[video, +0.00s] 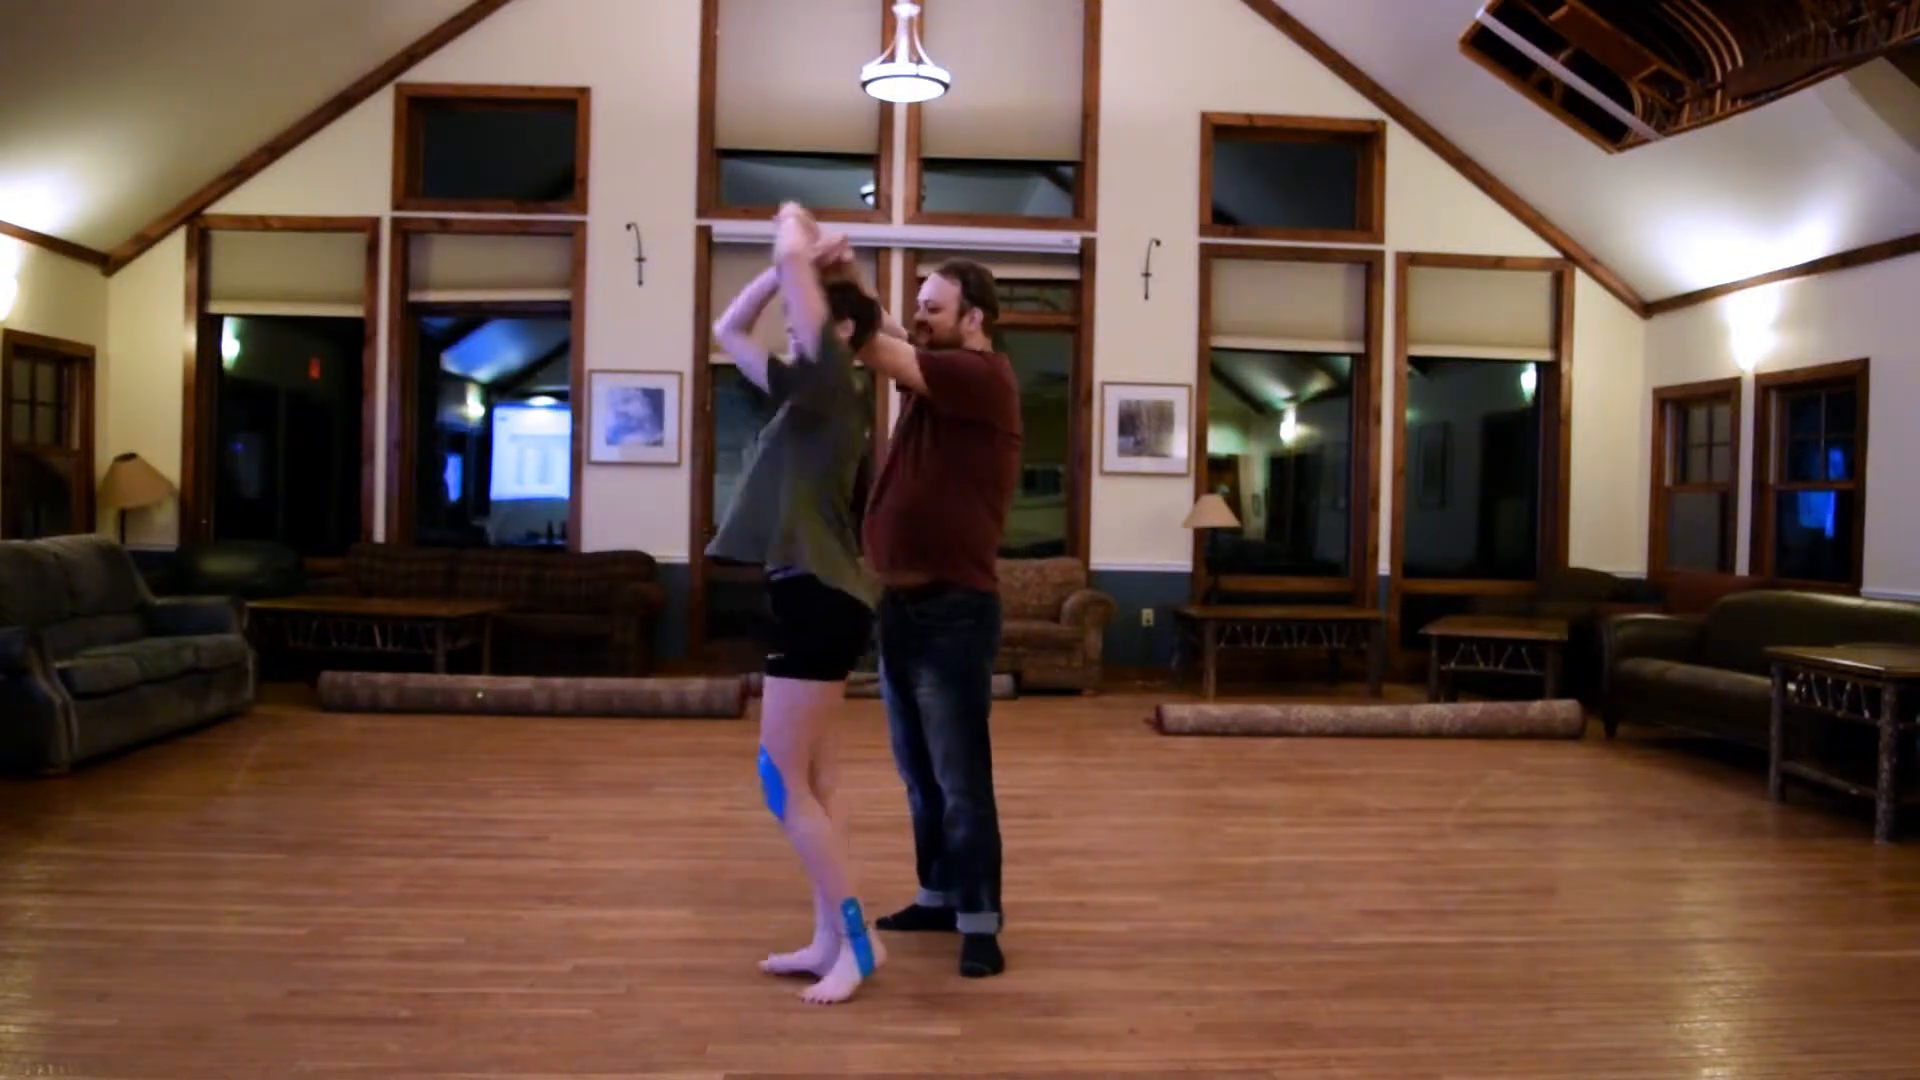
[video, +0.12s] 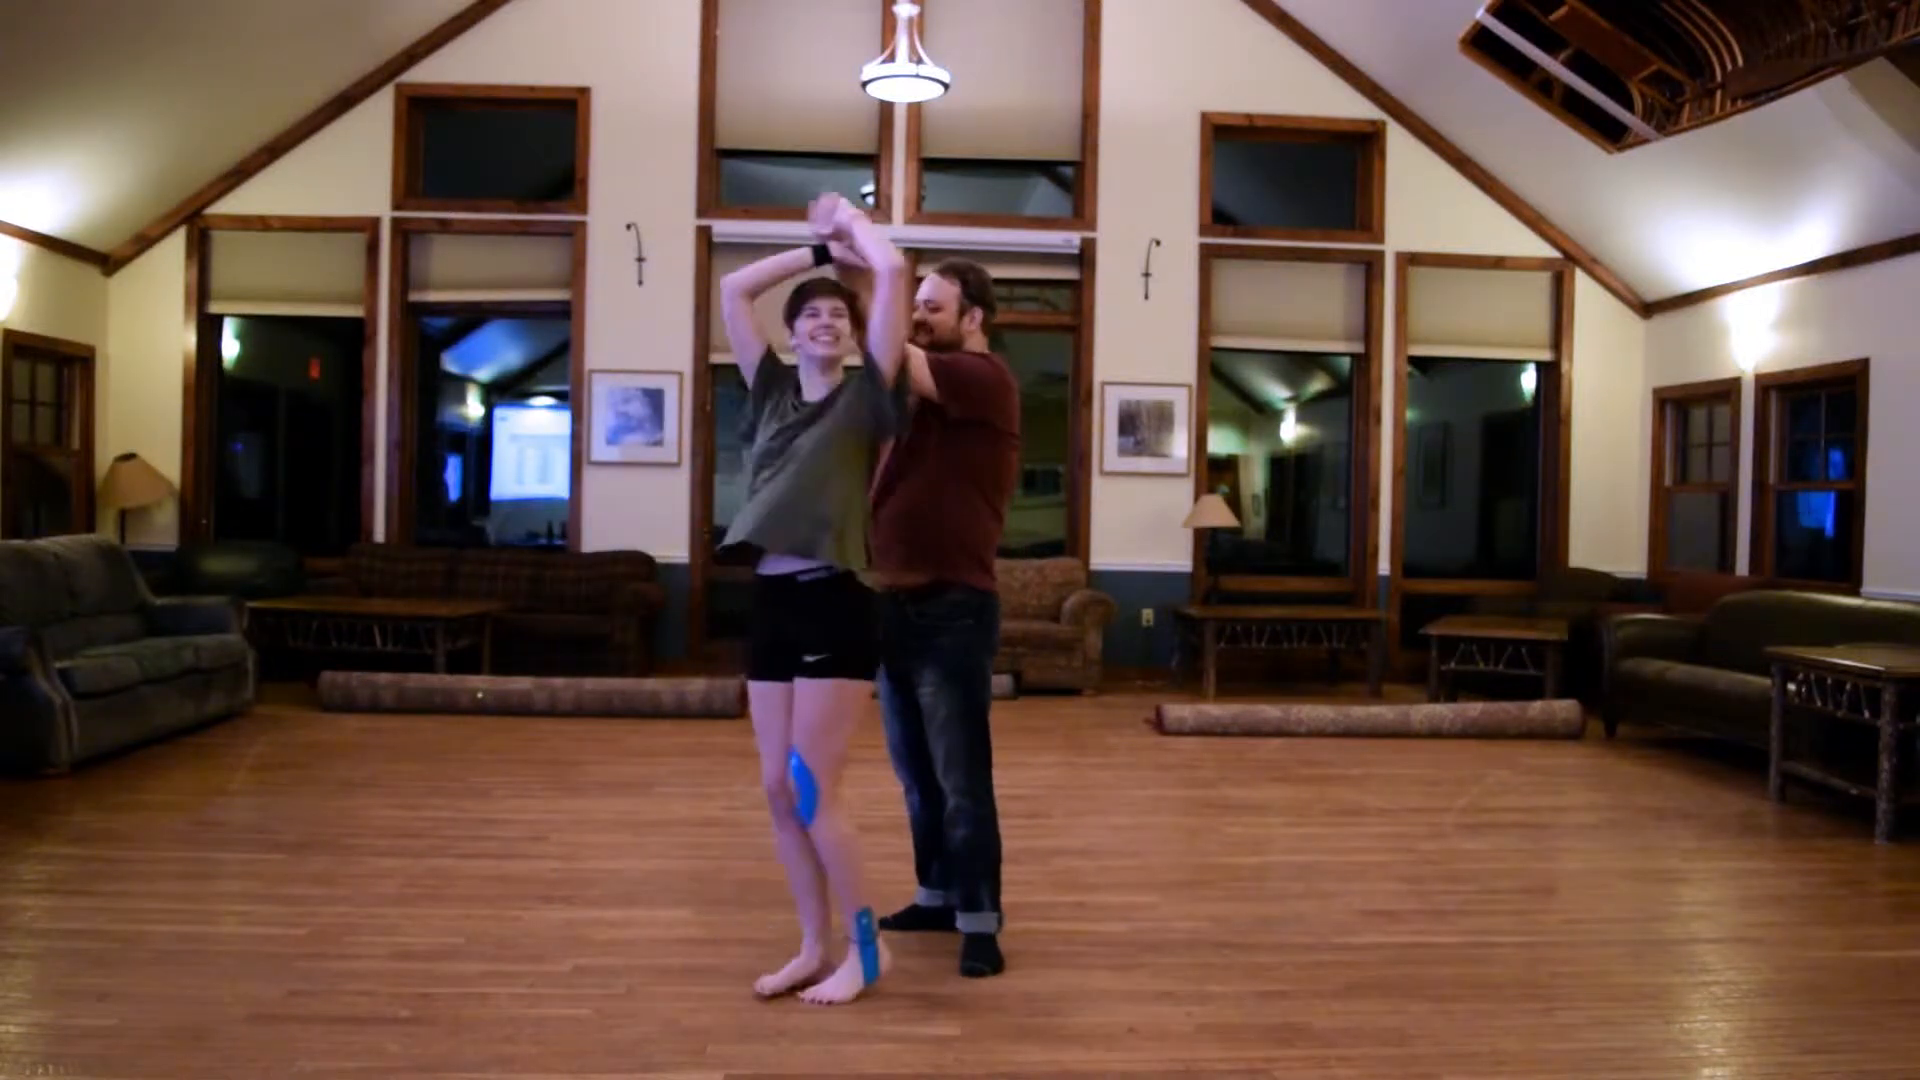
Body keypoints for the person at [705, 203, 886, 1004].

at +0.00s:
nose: (800, 317)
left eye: (811, 305)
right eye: (804, 306)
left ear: (837, 317)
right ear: (844, 324)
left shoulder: (833, 383)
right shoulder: (803, 392)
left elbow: (792, 261)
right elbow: (730, 334)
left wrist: (800, 242)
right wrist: (781, 267)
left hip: (817, 595)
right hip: (809, 593)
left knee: (784, 783)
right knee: (810, 777)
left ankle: (852, 945)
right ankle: (827, 937)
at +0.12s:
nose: (823, 324)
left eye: (836, 317)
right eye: (811, 316)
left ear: (855, 330)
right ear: (791, 331)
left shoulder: (869, 393)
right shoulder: (773, 391)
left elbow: (893, 273)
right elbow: (735, 290)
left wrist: (849, 225)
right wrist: (815, 247)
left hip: (837, 599)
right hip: (771, 596)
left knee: (813, 791)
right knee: (780, 791)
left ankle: (858, 951)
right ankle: (818, 947)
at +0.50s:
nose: (853, 335)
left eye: (853, 326)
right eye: (850, 324)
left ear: (786, 332)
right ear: (834, 326)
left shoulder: (810, 394)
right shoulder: (804, 396)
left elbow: (881, 388)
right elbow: (926, 394)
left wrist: (876, 304)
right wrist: (904, 317)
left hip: (845, 609)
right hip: (805, 613)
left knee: (852, 790)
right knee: (809, 797)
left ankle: (796, 954)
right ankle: (774, 986)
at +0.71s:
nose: (858, 340)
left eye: (861, 328)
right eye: (856, 329)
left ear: (787, 337)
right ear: (843, 336)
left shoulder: (779, 408)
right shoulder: (828, 415)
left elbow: (856, 406)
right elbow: (925, 464)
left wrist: (874, 324)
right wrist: (908, 373)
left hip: (800, 620)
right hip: (822, 627)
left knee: (832, 803)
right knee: (831, 806)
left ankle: (792, 971)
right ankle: (778, 985)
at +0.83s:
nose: (862, 336)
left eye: (866, 324)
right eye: (860, 326)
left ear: (789, 335)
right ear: (844, 334)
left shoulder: (777, 406)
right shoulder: (833, 411)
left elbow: (852, 410)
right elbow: (928, 465)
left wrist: (872, 334)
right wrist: (908, 374)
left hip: (790, 613)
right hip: (830, 620)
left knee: (826, 801)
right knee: (829, 804)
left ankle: (790, 972)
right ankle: (782, 984)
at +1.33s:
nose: (859, 339)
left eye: (861, 326)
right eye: (857, 328)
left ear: (792, 335)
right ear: (843, 333)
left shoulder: (782, 401)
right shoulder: (833, 403)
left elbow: (870, 401)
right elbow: (944, 437)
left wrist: (880, 325)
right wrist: (920, 365)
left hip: (797, 615)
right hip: (823, 622)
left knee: (817, 805)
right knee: (825, 808)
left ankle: (787, 975)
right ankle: (782, 986)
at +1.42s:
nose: (863, 340)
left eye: (864, 328)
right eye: (861, 329)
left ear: (797, 333)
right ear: (847, 332)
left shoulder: (789, 399)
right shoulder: (835, 402)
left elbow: (877, 402)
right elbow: (946, 437)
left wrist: (891, 328)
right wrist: (930, 365)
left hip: (799, 616)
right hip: (824, 622)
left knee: (817, 805)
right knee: (825, 808)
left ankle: (788, 974)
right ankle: (782, 985)